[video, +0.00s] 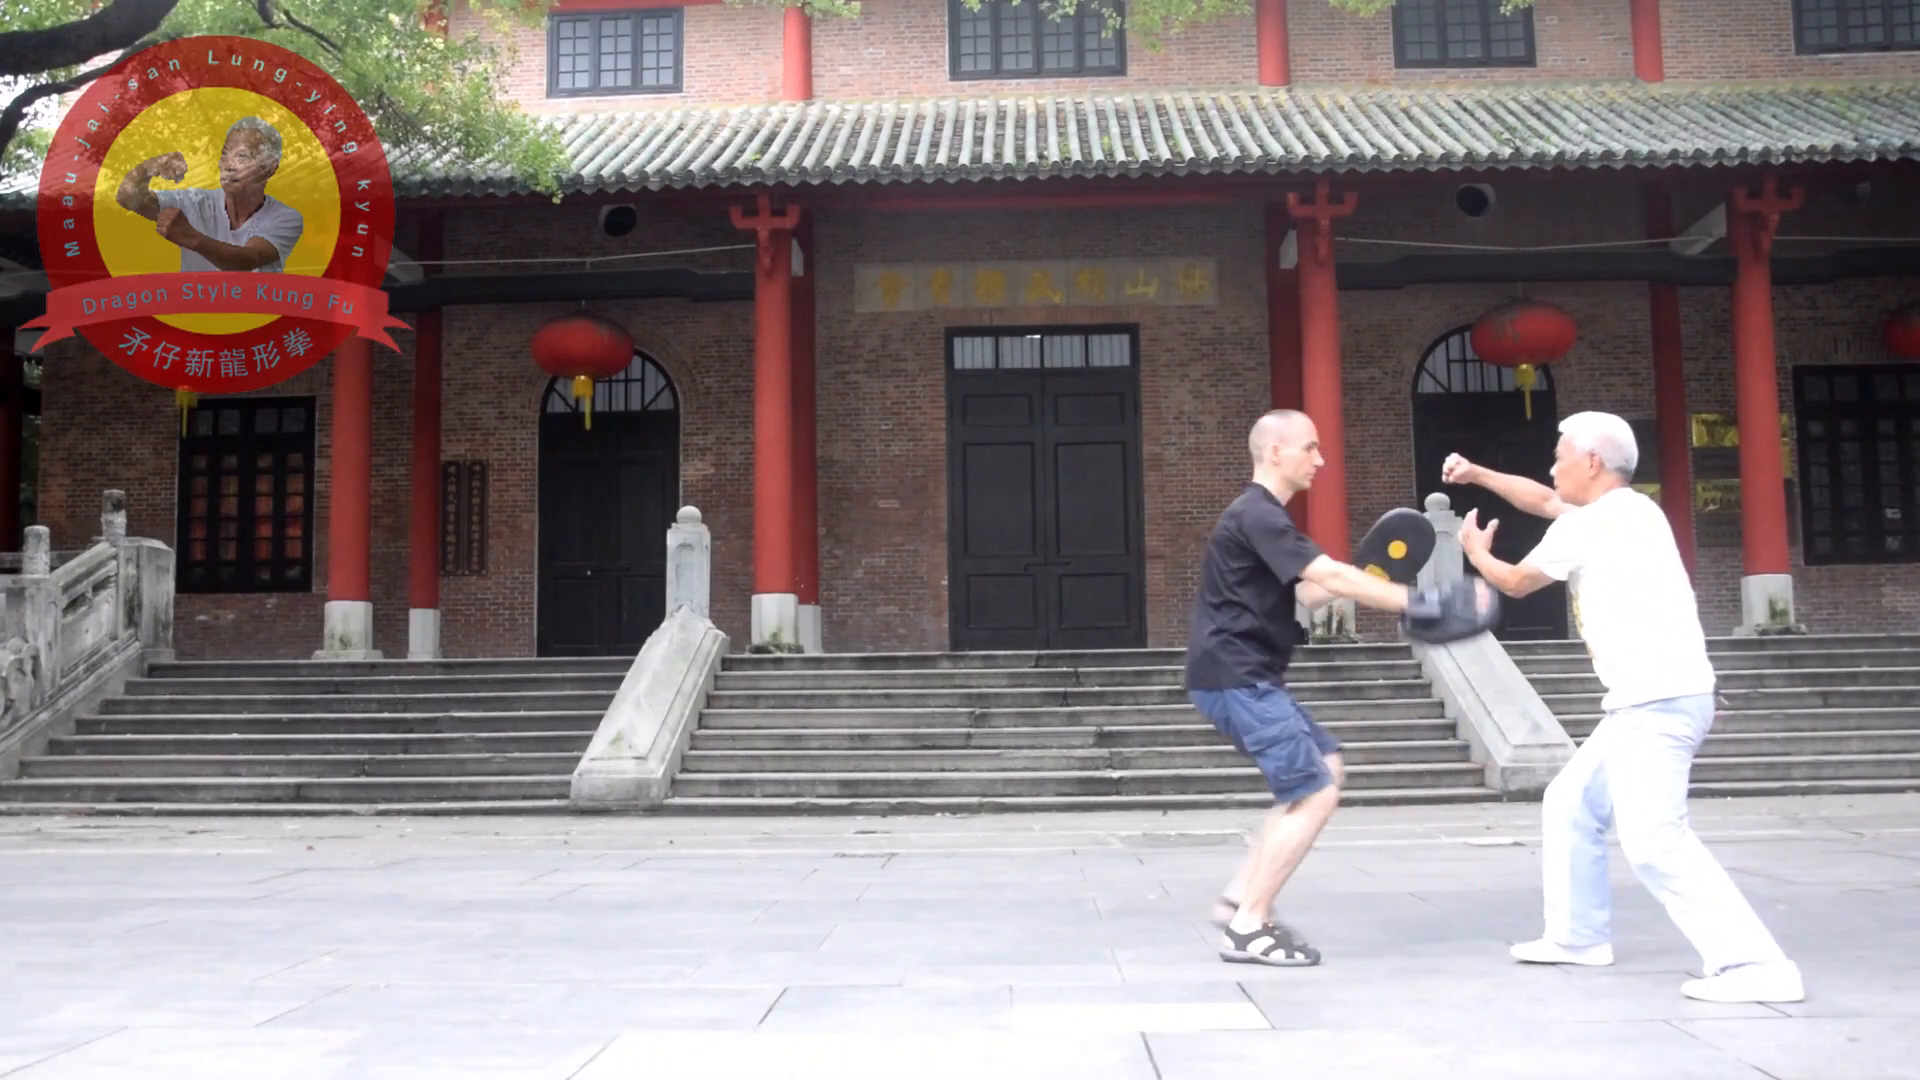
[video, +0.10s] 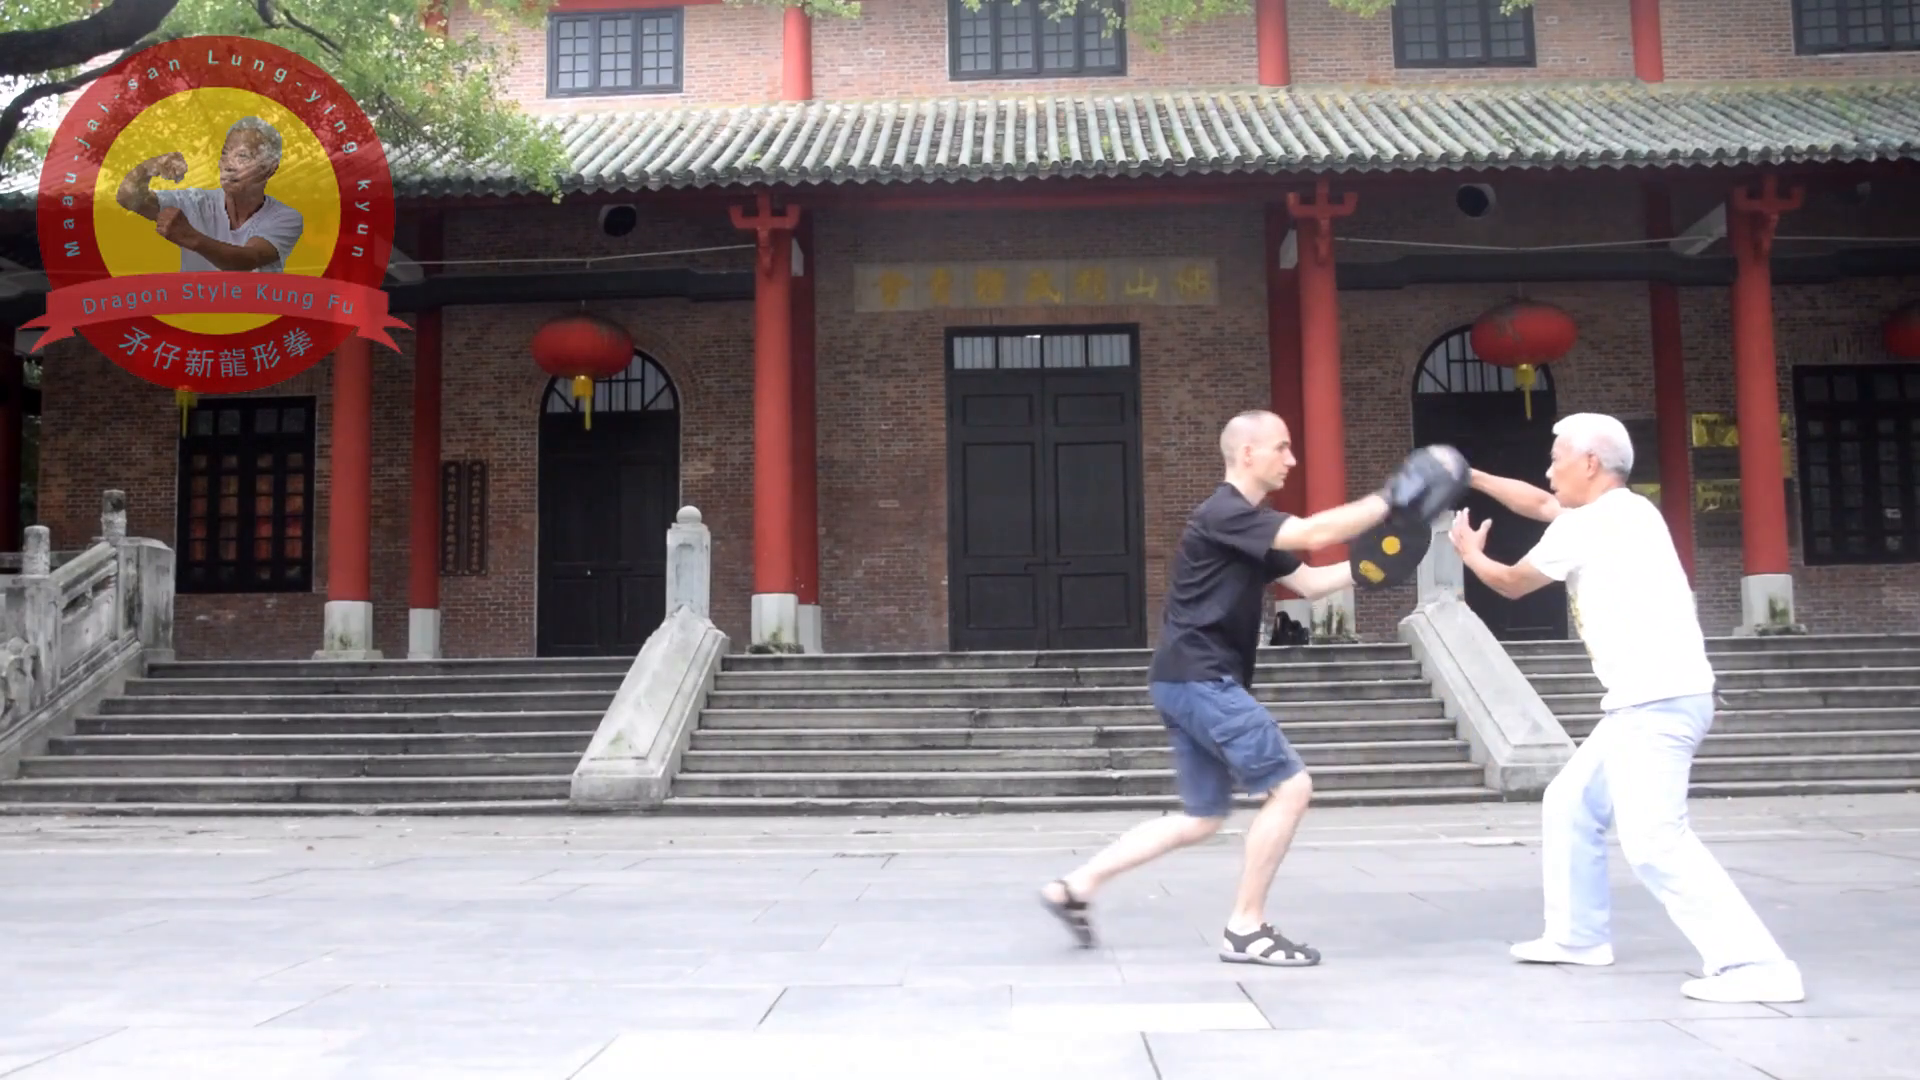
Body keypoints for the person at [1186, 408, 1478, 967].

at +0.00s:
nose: (1319, 458)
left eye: (1317, 448)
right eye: (1309, 448)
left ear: (1279, 454)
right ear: (1275, 453)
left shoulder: (1265, 512)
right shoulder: (1257, 513)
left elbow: (1302, 596)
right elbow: (1332, 576)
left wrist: (1355, 574)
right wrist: (1420, 604)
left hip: (1248, 673)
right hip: (1232, 677)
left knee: (1325, 767)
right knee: (1316, 789)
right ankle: (1249, 926)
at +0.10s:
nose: (1291, 459)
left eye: (1290, 448)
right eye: (1282, 448)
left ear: (1249, 457)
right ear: (1248, 454)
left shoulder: (1242, 518)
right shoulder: (1224, 510)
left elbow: (1306, 583)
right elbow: (1312, 535)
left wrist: (1376, 561)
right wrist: (1395, 495)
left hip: (1187, 678)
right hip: (1200, 677)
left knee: (1202, 819)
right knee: (1291, 788)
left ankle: (1075, 888)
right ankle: (1245, 929)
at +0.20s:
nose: (1261, 467)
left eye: (1259, 458)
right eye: (1250, 458)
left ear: (1220, 469)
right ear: (1215, 468)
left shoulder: (1227, 522)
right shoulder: (1195, 516)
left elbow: (1288, 571)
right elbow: (1273, 504)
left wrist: (1351, 564)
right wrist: (1334, 445)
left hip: (1130, 682)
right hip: (1158, 684)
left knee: (1097, 812)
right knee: (1267, 779)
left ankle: (970, 891)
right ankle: (1244, 926)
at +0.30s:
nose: (1228, 483)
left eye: (1226, 473)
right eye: (1218, 472)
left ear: (1184, 482)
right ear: (1181, 479)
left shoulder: (1184, 539)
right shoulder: (1159, 528)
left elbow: (1249, 589)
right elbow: (1234, 519)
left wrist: (1311, 575)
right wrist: (1289, 454)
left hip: (1082, 685)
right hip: (1107, 685)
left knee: (1038, 816)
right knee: (1224, 773)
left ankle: (927, 919)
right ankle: (1230, 929)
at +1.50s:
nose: (1154, 469)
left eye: (1152, 459)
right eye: (1144, 459)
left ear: (1111, 468)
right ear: (1108, 465)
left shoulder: (1107, 532)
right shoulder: (1088, 522)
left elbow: (1167, 598)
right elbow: (1176, 533)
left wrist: (1239, 591)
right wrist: (1237, 481)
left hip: (1045, 689)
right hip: (1066, 688)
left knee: (1030, 822)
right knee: (1177, 783)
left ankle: (925, 924)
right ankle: (1169, 935)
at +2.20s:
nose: (1102, 453)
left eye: (1101, 443)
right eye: (1091, 443)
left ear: (1066, 452)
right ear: (1055, 450)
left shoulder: (1070, 518)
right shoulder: (1042, 508)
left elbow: (1120, 593)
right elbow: (1098, 544)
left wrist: (1175, 606)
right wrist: (1159, 483)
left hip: (1024, 686)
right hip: (1047, 685)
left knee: (1048, 819)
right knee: (1148, 783)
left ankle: (935, 906)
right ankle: (1167, 937)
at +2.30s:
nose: (1084, 457)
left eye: (1082, 446)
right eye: (1073, 447)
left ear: (1043, 457)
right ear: (1037, 455)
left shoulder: (1037, 516)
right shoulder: (1024, 511)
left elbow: (1057, 608)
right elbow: (1052, 583)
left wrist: (1126, 622)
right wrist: (1118, 541)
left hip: (1019, 687)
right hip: (1036, 686)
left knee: (1070, 817)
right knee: (1135, 785)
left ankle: (958, 894)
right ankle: (1167, 937)